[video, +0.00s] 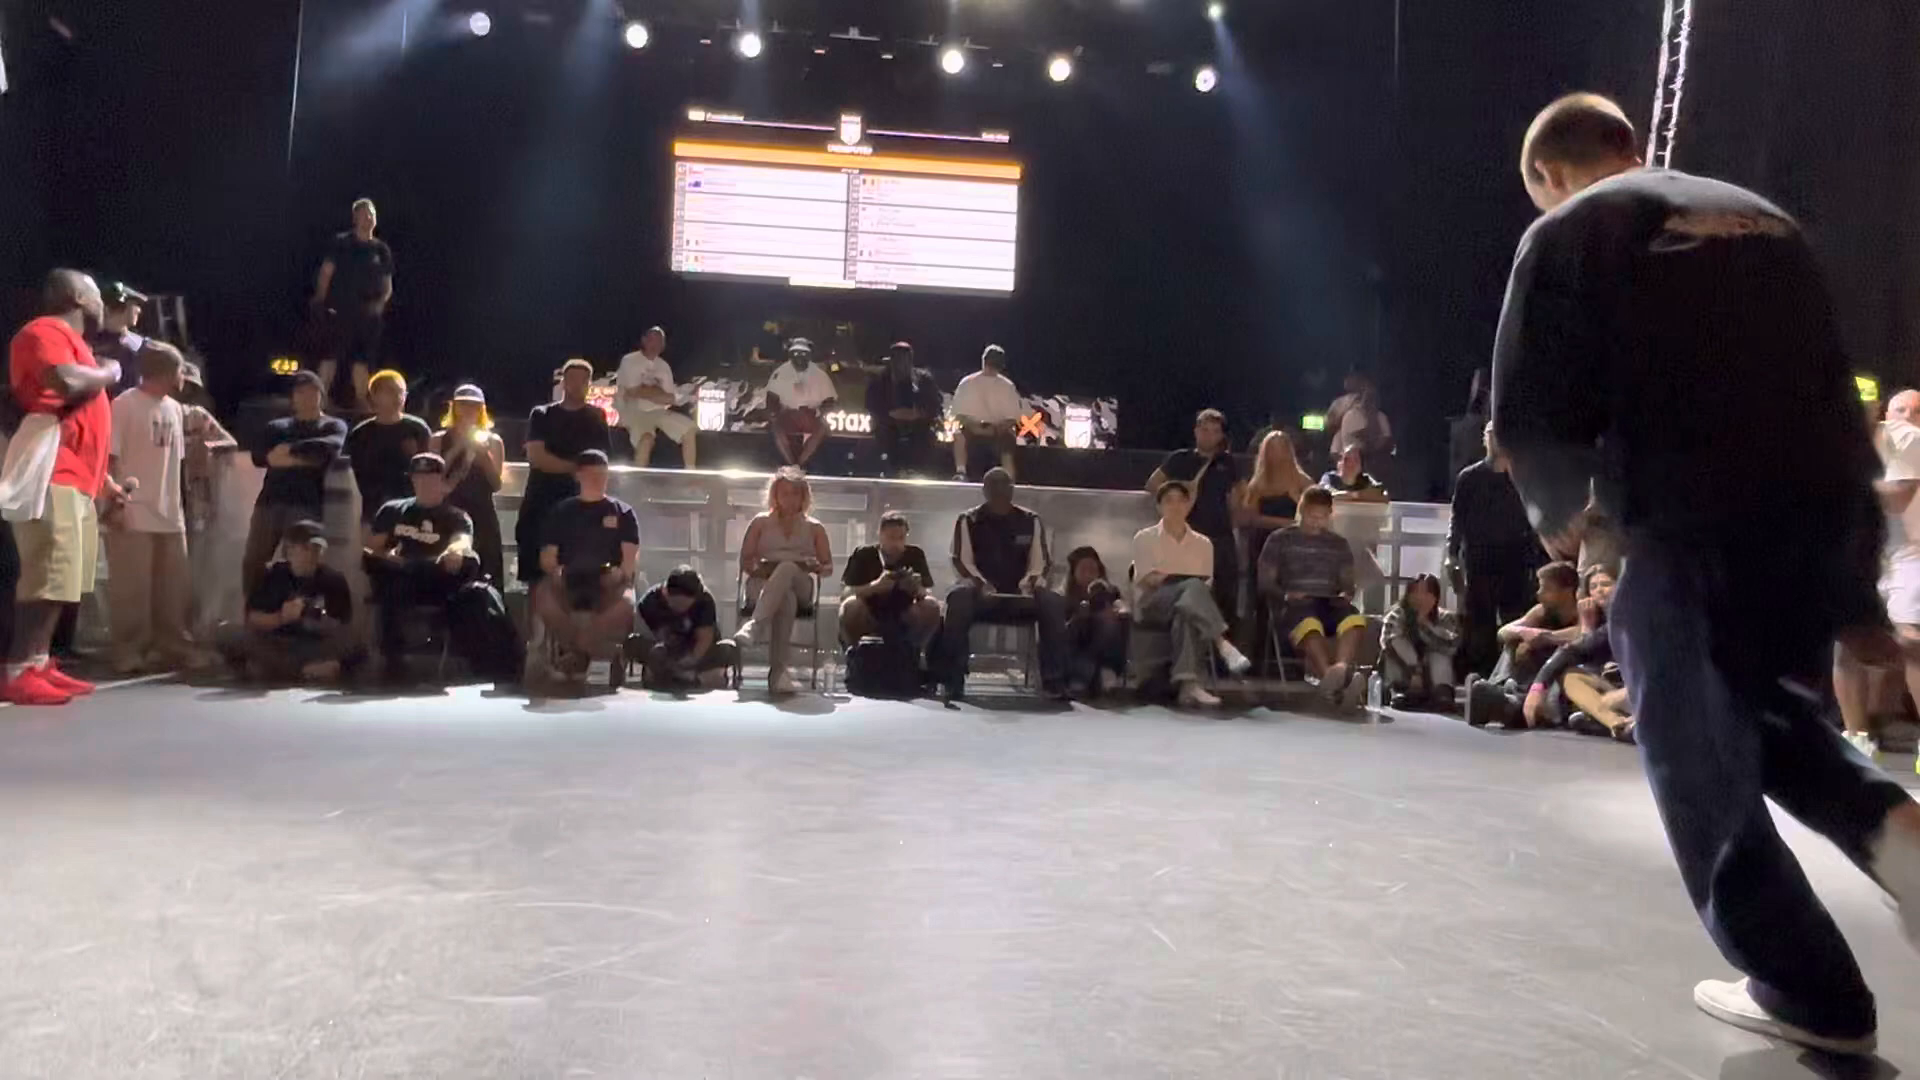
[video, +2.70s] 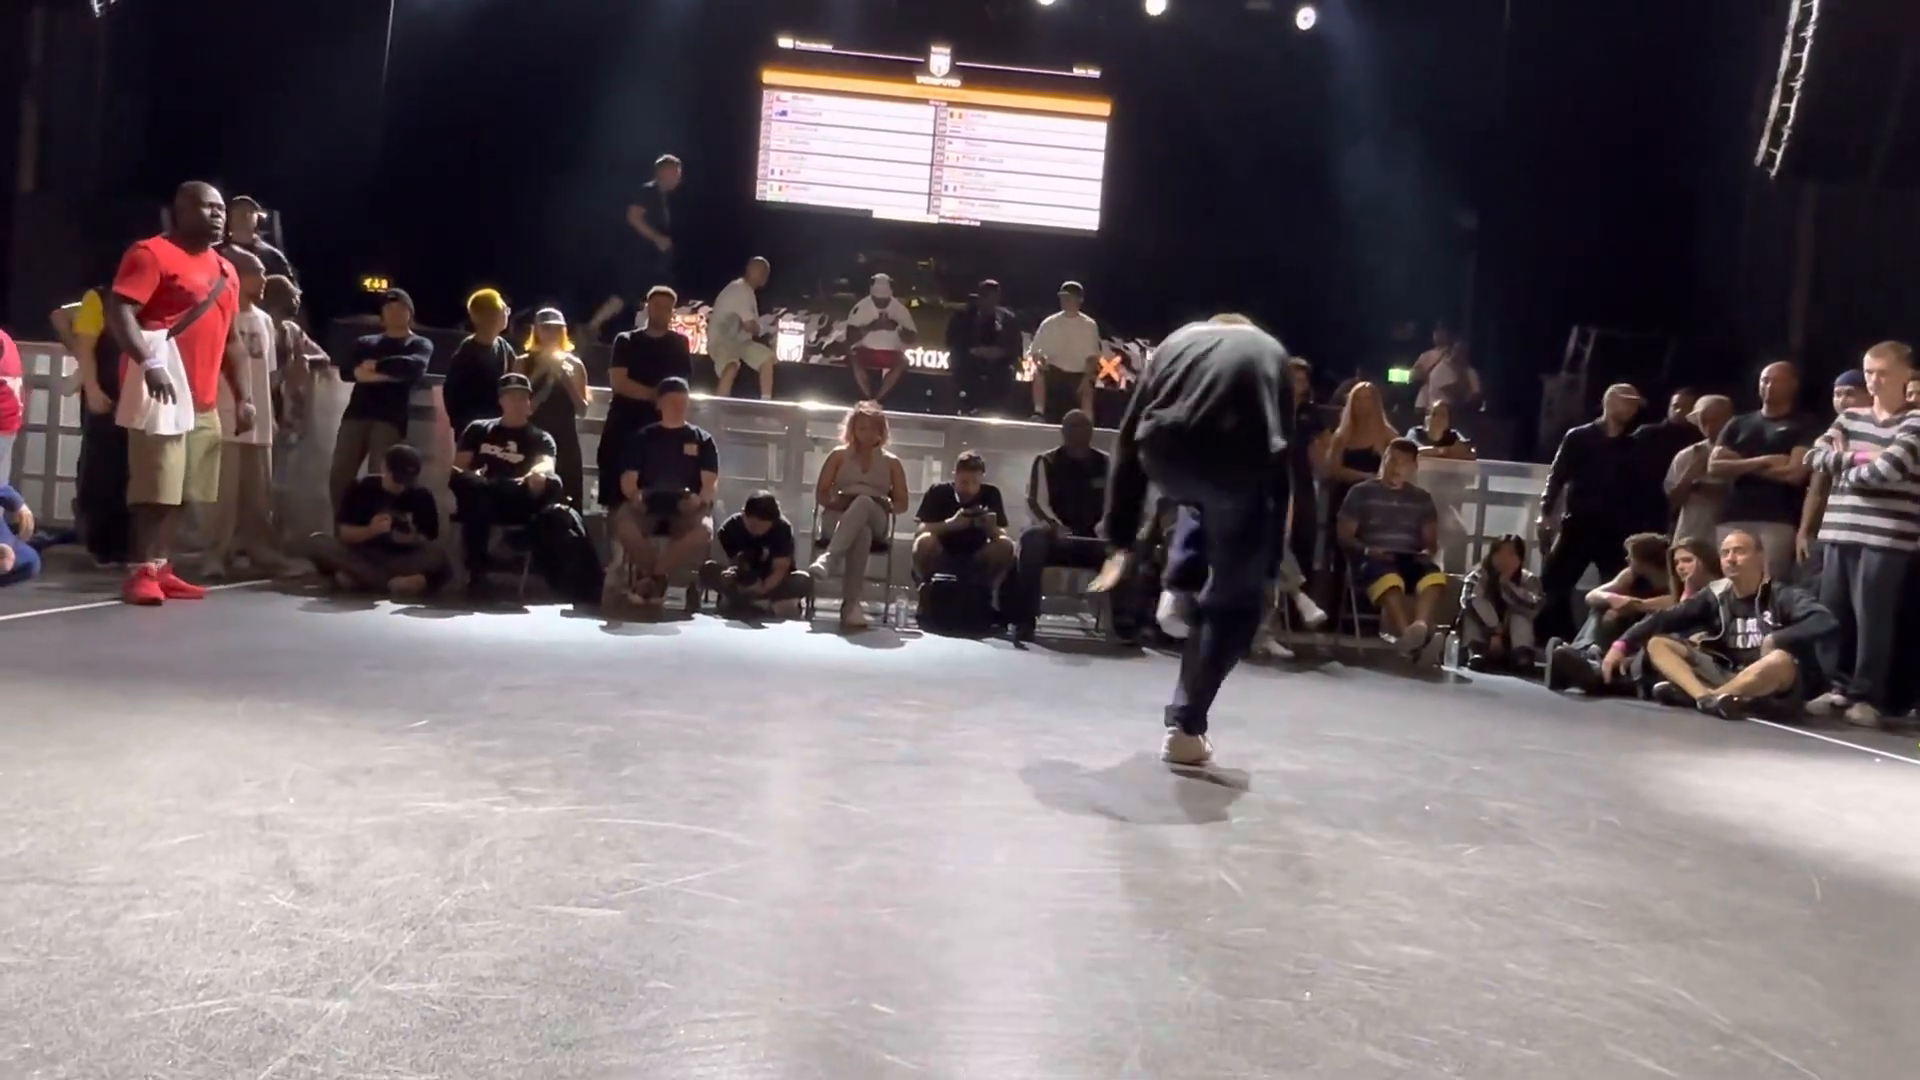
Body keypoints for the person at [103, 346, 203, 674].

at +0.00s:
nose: (180, 381)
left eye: (180, 375)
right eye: (176, 375)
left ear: (166, 375)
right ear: (158, 374)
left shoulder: (175, 409)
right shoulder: (124, 406)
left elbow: (175, 458)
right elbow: (112, 456)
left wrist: (179, 501)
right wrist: (114, 498)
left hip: (169, 509)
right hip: (132, 510)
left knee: (174, 583)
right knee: (131, 586)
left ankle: (173, 644)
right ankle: (128, 650)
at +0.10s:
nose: (189, 375)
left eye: (190, 368)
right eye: (185, 368)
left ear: (179, 368)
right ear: (165, 366)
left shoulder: (185, 401)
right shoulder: (134, 397)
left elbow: (187, 448)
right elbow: (121, 449)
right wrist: (125, 482)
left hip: (178, 498)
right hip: (142, 499)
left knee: (184, 573)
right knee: (140, 577)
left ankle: (182, 635)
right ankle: (136, 642)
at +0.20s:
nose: (201, 367)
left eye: (201, 360)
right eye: (196, 360)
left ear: (186, 360)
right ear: (176, 359)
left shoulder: (194, 392)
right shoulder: (146, 388)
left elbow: (196, 442)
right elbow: (128, 439)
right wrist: (128, 482)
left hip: (187, 493)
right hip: (150, 494)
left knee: (192, 568)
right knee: (148, 571)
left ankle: (189, 630)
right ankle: (143, 635)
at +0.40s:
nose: (224, 348)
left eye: (223, 341)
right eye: (220, 341)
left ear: (205, 344)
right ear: (201, 343)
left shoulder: (216, 381)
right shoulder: (170, 375)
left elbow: (218, 433)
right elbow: (151, 425)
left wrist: (223, 475)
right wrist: (156, 471)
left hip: (209, 483)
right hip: (173, 482)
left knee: (211, 555)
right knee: (167, 555)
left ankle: (203, 615)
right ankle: (157, 619)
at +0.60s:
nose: (249, 335)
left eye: (248, 329)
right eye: (245, 329)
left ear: (230, 333)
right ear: (227, 333)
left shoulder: (238, 371)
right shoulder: (194, 365)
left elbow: (237, 415)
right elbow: (181, 416)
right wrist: (192, 463)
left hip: (234, 473)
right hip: (199, 474)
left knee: (228, 548)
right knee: (191, 544)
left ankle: (222, 607)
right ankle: (171, 606)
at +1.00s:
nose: (287, 320)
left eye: (286, 313)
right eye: (282, 314)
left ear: (268, 319)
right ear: (263, 318)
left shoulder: (276, 356)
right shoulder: (230, 350)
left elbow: (278, 403)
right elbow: (216, 401)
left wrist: (279, 446)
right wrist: (227, 444)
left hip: (269, 455)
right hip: (234, 455)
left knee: (260, 531)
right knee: (225, 521)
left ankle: (243, 589)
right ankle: (193, 583)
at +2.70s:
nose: (263, 280)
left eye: (262, 273)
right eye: (256, 274)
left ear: (258, 279)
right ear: (237, 278)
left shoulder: (265, 320)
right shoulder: (225, 319)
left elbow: (270, 370)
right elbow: (220, 367)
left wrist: (278, 410)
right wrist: (237, 402)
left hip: (261, 417)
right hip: (229, 418)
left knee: (258, 492)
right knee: (226, 493)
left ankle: (261, 551)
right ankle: (218, 554)